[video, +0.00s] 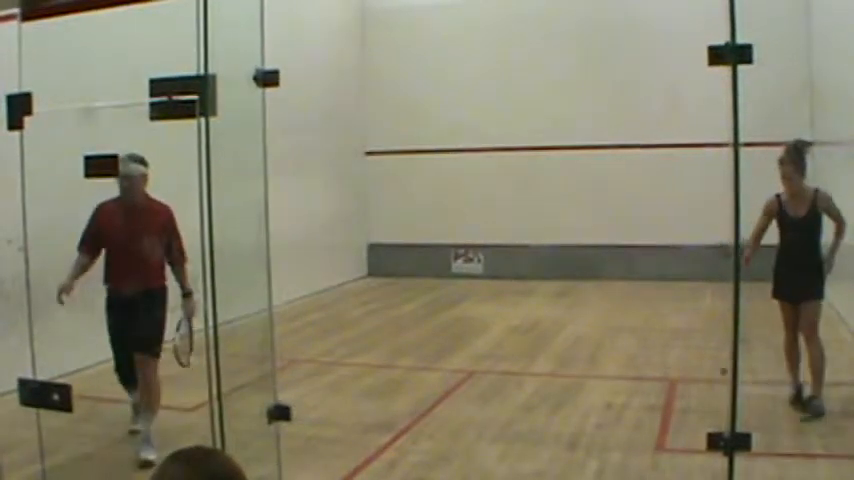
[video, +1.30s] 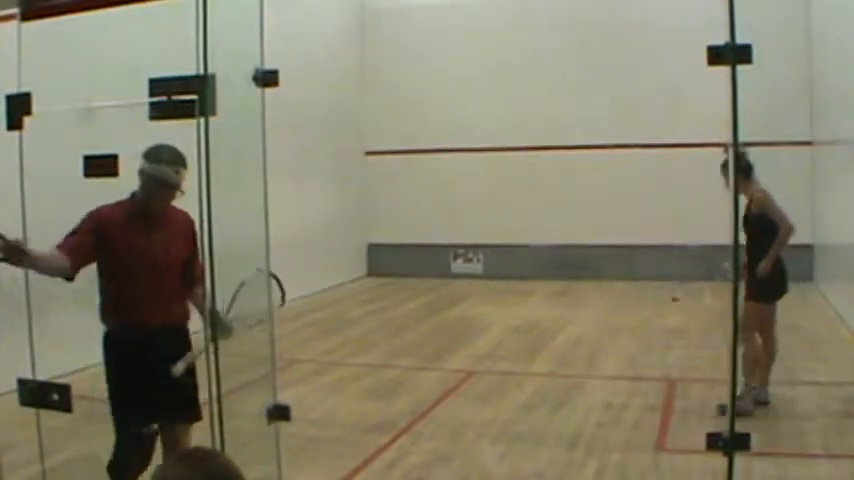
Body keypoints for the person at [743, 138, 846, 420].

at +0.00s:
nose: (784, 181)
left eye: (788, 176)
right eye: (782, 176)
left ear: (801, 174)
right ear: (780, 175)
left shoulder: (819, 199)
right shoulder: (776, 204)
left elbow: (840, 223)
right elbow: (758, 233)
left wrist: (831, 256)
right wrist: (750, 250)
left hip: (811, 270)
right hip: (785, 271)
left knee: (809, 332)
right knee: (790, 332)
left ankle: (816, 394)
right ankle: (795, 385)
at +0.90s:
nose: (747, 186)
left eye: (749, 181)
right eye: (746, 182)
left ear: (761, 177)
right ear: (761, 177)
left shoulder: (783, 200)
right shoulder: (771, 202)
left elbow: (811, 229)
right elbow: (777, 241)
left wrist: (793, 262)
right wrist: (762, 264)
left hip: (789, 281)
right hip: (774, 280)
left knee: (789, 339)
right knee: (773, 337)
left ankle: (810, 398)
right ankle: (761, 388)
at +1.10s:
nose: (738, 185)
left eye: (739, 180)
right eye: (737, 180)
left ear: (747, 177)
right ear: (753, 175)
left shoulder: (770, 199)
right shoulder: (762, 200)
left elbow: (795, 230)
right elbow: (767, 238)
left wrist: (776, 262)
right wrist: (754, 262)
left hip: (771, 277)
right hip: (766, 275)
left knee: (757, 336)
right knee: (768, 336)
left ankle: (792, 387)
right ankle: (761, 387)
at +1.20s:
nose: (735, 186)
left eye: (735, 181)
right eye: (734, 181)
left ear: (743, 178)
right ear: (750, 175)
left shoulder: (765, 199)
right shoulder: (757, 201)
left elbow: (790, 229)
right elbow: (764, 238)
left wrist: (772, 260)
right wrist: (751, 262)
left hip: (766, 277)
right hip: (765, 275)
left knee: (749, 332)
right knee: (768, 332)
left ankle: (767, 386)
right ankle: (764, 384)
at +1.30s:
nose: (727, 186)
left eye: (728, 180)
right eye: (726, 180)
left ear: (738, 176)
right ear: (745, 174)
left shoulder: (760, 198)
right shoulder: (754, 200)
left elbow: (787, 227)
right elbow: (759, 238)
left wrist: (768, 260)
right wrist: (749, 264)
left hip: (762, 276)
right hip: (762, 274)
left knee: (748, 332)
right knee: (766, 332)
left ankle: (749, 392)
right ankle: (761, 388)